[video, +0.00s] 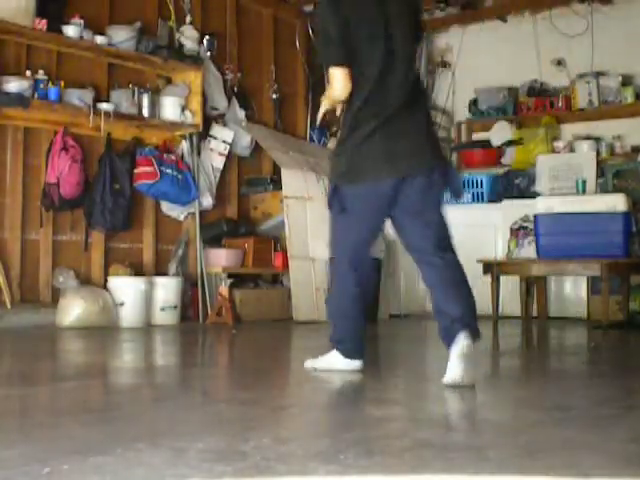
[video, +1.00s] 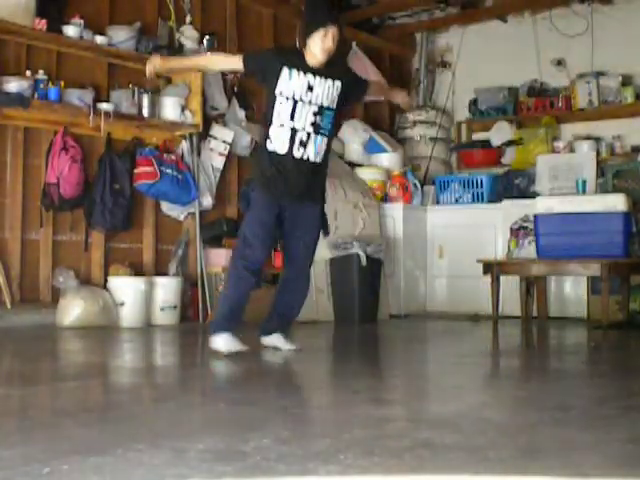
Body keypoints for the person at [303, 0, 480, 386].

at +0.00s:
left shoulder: (331, 8)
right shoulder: (405, 4)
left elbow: (341, 86)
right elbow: (406, 61)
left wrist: (328, 102)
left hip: (367, 158)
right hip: (417, 149)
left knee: (347, 258)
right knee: (434, 252)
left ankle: (347, 351)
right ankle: (461, 335)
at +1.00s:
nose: (329, 42)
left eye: (334, 36)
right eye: (323, 34)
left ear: (338, 40)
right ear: (307, 35)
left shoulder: (344, 79)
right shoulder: (277, 61)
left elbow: (376, 90)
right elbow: (220, 60)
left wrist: (396, 95)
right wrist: (168, 63)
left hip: (309, 186)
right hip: (270, 179)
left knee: (299, 265)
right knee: (251, 255)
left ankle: (275, 331)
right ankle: (222, 330)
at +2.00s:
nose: (384, 65)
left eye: (384, 59)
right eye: (382, 58)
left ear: (366, 57)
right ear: (370, 57)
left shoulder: (357, 86)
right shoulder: (350, 83)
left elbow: (346, 132)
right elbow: (319, 119)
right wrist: (339, 162)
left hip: (334, 178)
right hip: (339, 178)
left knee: (342, 248)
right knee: (363, 247)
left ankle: (317, 309)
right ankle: (371, 317)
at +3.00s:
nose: (336, 56)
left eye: (340, 49)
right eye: (329, 50)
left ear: (345, 51)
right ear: (315, 52)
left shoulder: (360, 85)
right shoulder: (298, 89)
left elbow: (380, 121)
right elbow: (285, 134)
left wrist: (375, 165)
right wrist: (289, 174)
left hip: (346, 183)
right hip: (311, 183)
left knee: (337, 251)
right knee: (312, 252)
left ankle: (330, 326)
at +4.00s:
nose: (369, 52)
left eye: (374, 46)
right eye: (363, 45)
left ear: (379, 50)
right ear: (349, 46)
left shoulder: (386, 88)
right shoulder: (322, 79)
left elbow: (403, 127)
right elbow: (285, 110)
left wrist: (386, 142)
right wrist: (298, 155)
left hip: (363, 188)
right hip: (325, 187)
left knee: (365, 259)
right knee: (332, 261)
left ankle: (367, 332)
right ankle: (343, 317)